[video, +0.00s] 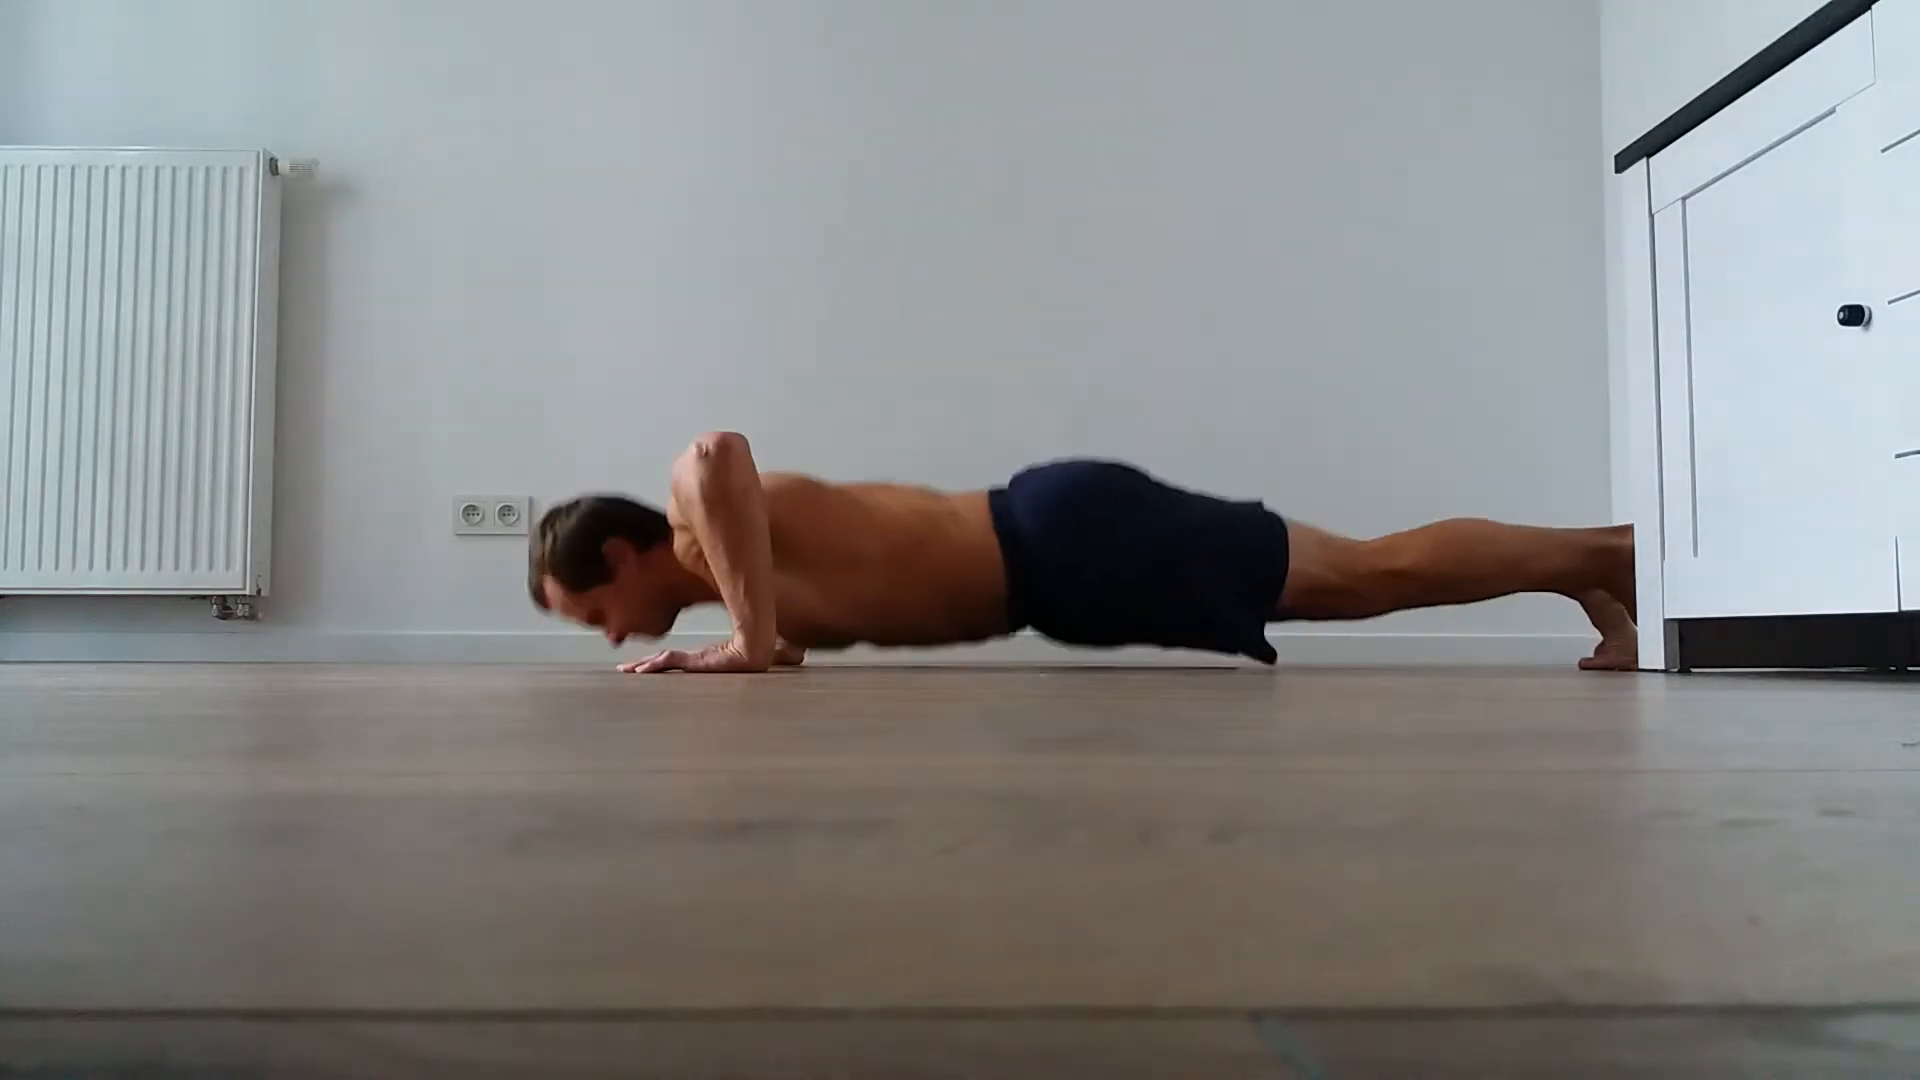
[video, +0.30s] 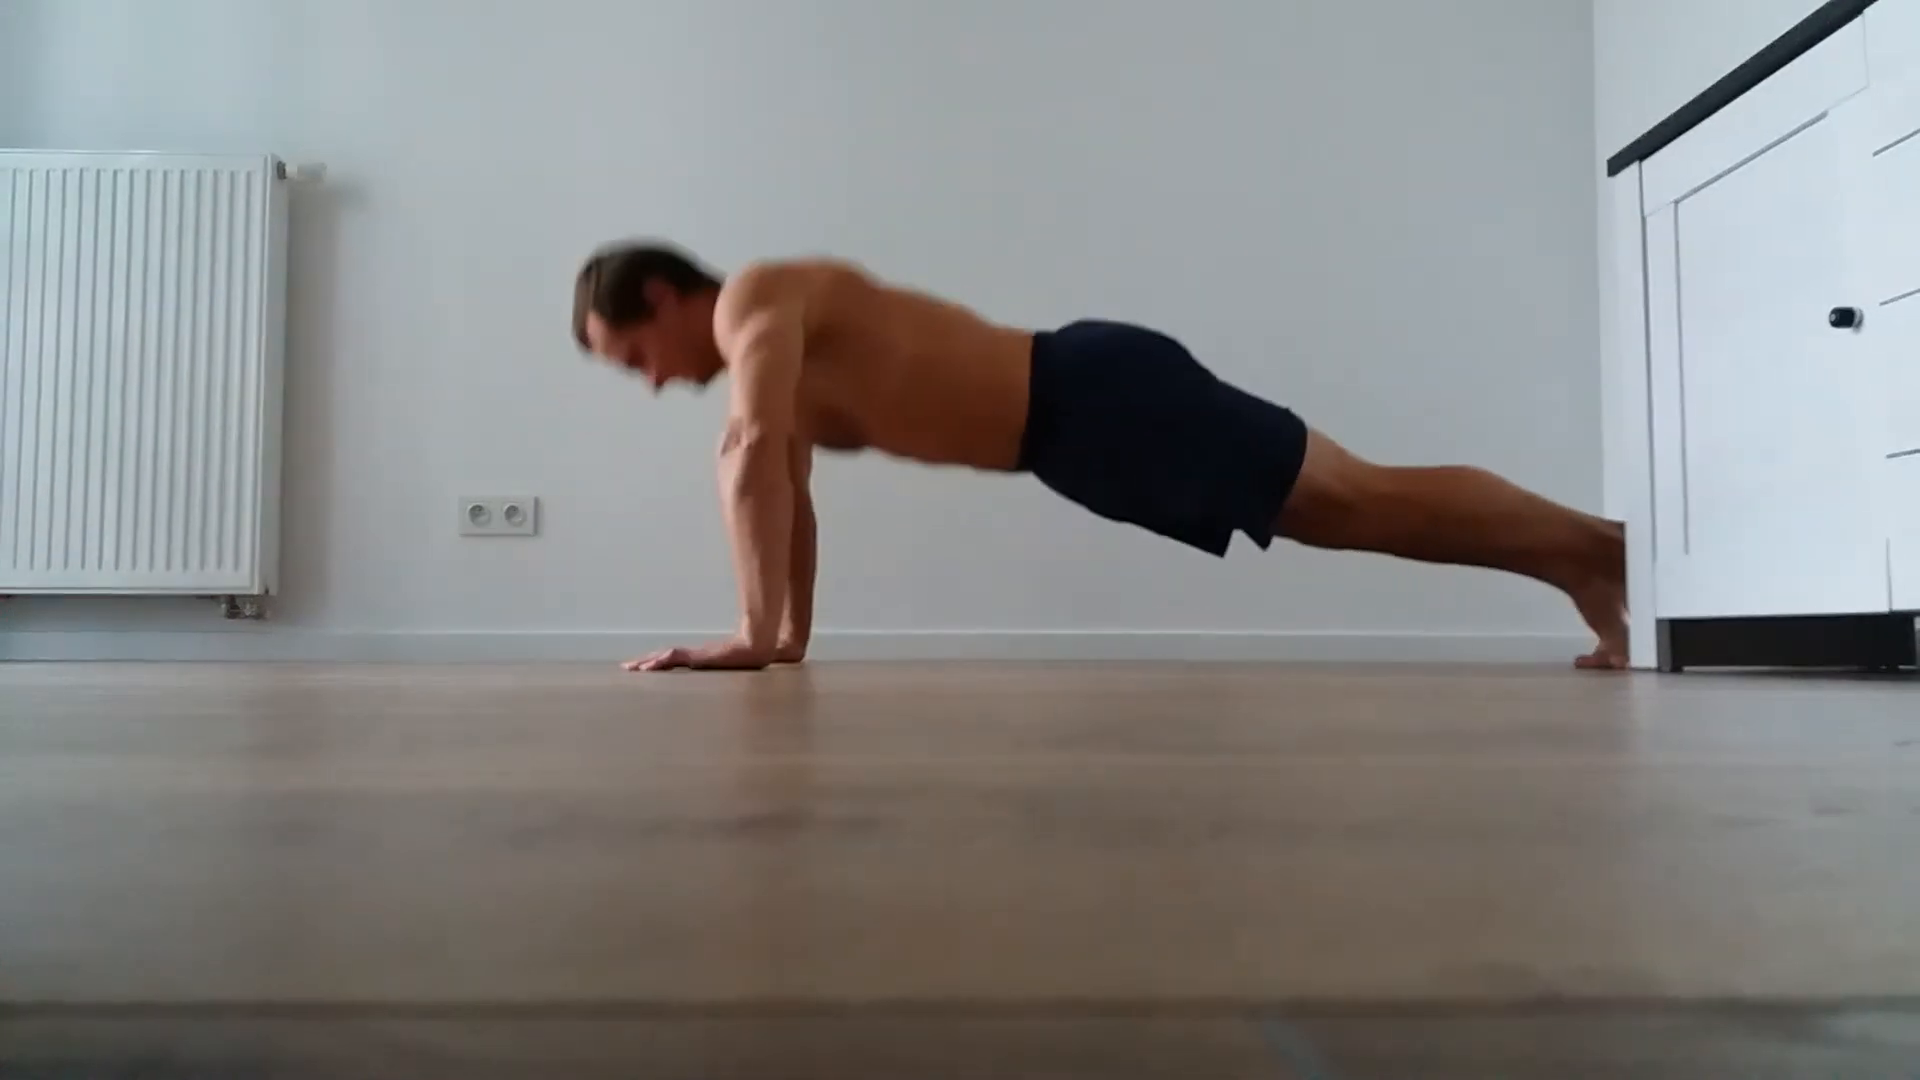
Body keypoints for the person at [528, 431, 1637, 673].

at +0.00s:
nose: (612, 636)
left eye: (600, 619)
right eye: (593, 626)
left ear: (626, 565)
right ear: (637, 560)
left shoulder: (711, 533)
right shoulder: (721, 542)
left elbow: (714, 459)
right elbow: (722, 470)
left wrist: (760, 641)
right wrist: (744, 641)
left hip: (1061, 545)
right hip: (1050, 547)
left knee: (1364, 575)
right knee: (1357, 570)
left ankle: (1596, 560)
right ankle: (1588, 560)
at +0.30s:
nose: (635, 374)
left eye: (621, 351)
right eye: (622, 362)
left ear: (649, 306)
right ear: (653, 317)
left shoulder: (756, 304)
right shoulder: (764, 337)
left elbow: (752, 470)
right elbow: (787, 497)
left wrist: (756, 634)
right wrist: (788, 642)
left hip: (1089, 401)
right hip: (1079, 411)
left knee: (1350, 502)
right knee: (1344, 501)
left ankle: (1589, 551)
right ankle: (1576, 556)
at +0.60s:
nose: (614, 523)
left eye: (599, 501)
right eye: (599, 509)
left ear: (623, 454)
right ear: (637, 452)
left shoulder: (718, 419)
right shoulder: (746, 439)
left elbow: (751, 465)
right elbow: (799, 535)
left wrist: (761, 636)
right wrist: (766, 646)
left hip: (1071, 505)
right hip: (1063, 503)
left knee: (1353, 560)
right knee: (1347, 553)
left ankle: (1596, 560)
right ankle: (1588, 555)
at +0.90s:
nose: (625, 584)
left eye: (610, 568)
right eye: (608, 576)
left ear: (631, 518)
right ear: (629, 531)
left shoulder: (723, 481)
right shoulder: (741, 504)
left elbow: (722, 466)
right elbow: (795, 623)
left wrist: (758, 630)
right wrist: (738, 649)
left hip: (1065, 521)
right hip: (1059, 534)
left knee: (1352, 564)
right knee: (1347, 562)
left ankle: (1597, 557)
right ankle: (1589, 560)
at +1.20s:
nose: (647, 356)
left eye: (632, 331)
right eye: (630, 344)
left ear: (661, 276)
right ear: (662, 291)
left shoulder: (769, 275)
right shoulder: (767, 314)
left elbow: (753, 463)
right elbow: (782, 488)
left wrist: (755, 637)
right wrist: (785, 640)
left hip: (1099, 392)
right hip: (1082, 414)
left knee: (1359, 503)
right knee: (1347, 514)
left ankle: (1602, 552)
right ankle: (1582, 570)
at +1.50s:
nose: (618, 600)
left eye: (603, 582)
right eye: (601, 589)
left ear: (626, 531)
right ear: (633, 533)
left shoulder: (717, 482)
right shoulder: (733, 509)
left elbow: (729, 465)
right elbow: (796, 596)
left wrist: (766, 637)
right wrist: (734, 647)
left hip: (1068, 547)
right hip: (1056, 549)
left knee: (1362, 584)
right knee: (1355, 576)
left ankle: (1594, 563)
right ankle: (1588, 564)